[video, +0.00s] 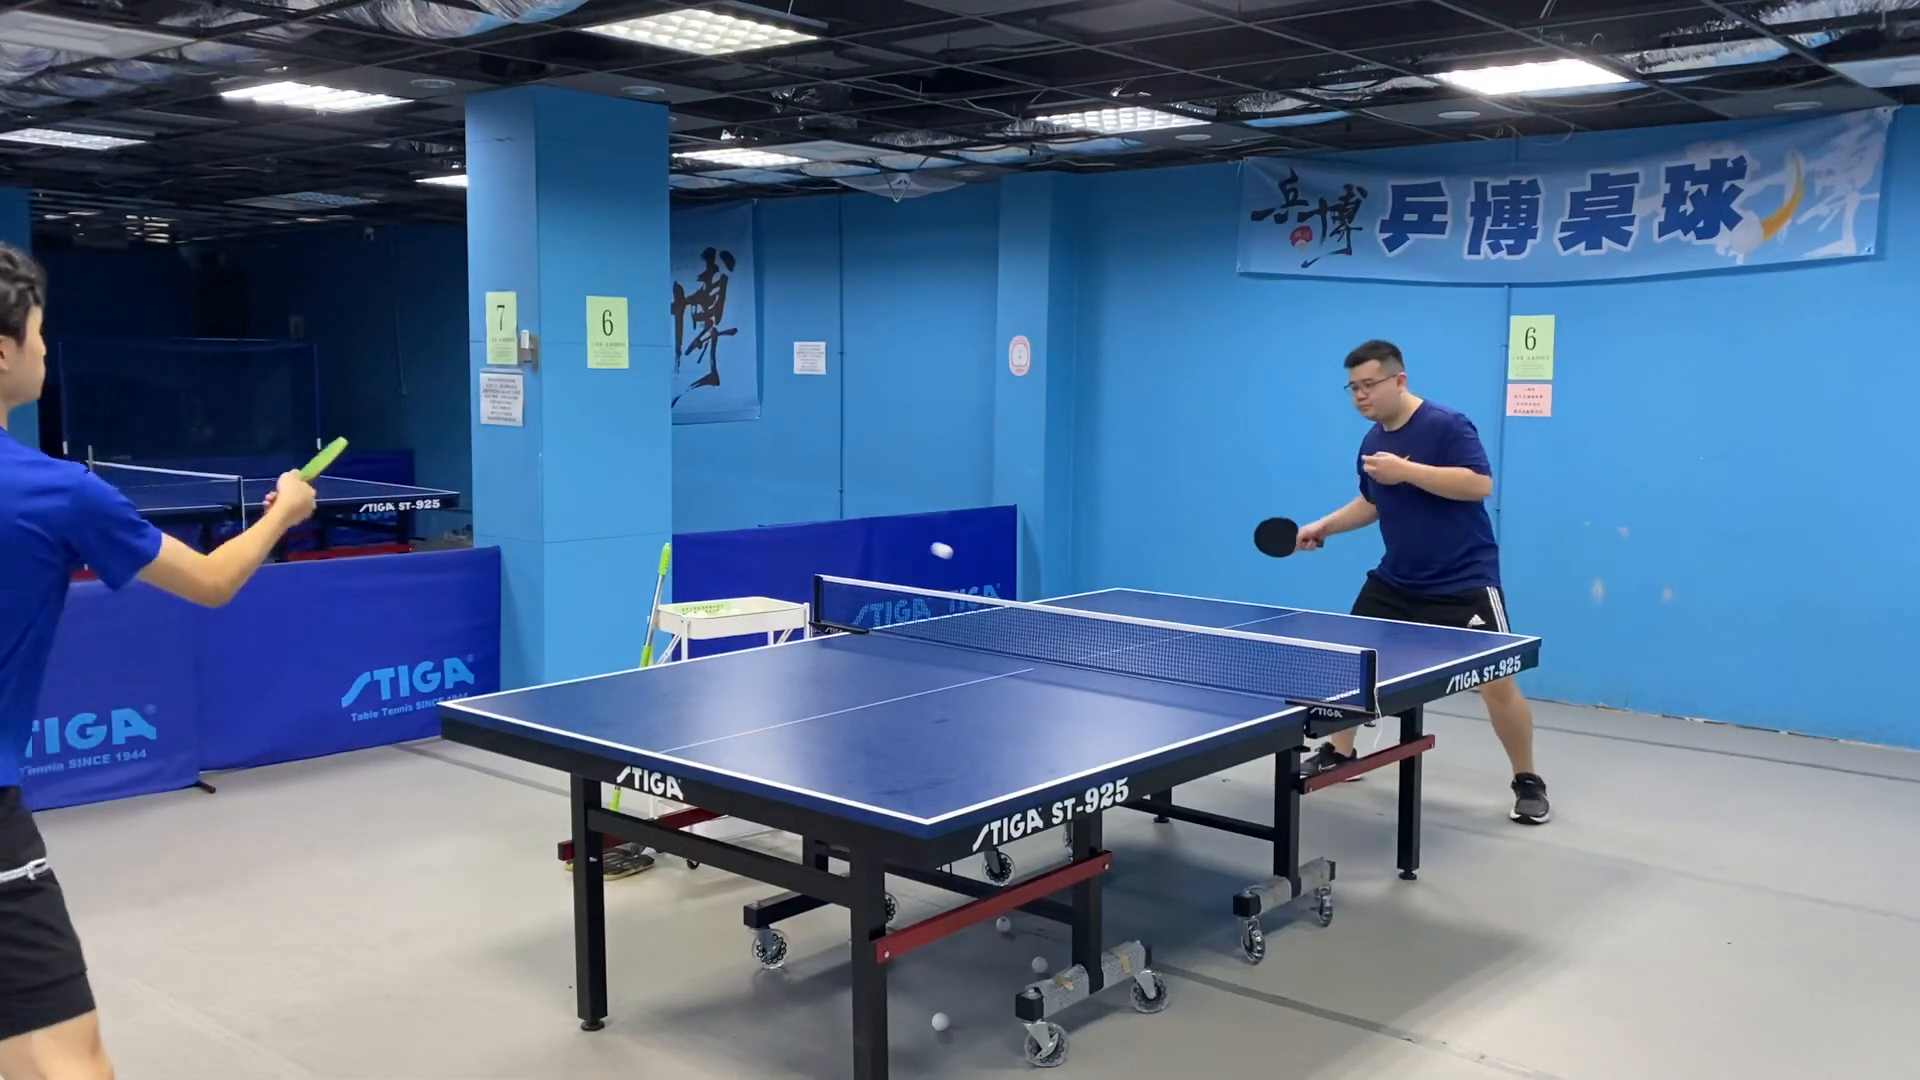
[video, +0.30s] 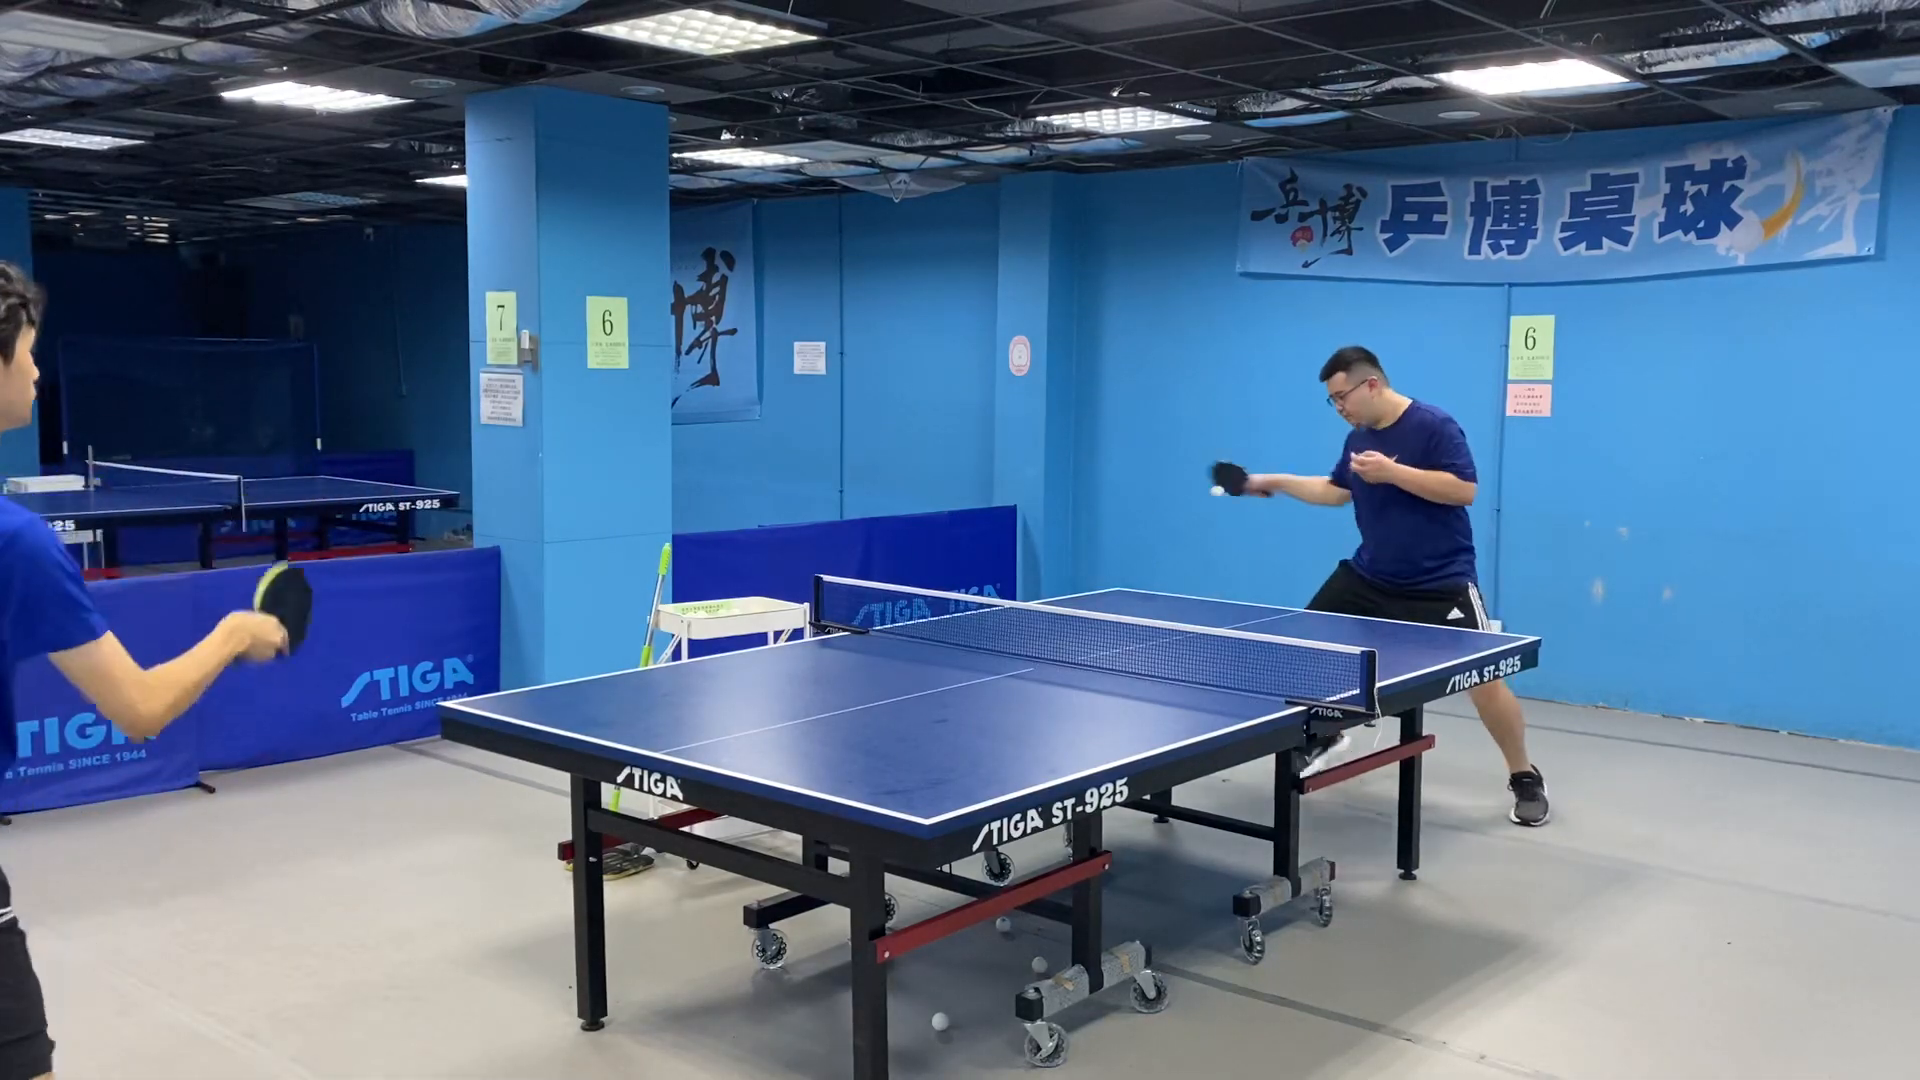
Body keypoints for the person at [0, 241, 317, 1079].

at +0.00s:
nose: (44, 355)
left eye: (39, 334)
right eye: (37, 336)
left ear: (0, 349)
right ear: (1, 349)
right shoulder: (52, 490)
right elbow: (209, 582)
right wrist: (283, 513)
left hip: (6, 798)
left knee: (27, 1051)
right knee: (66, 1052)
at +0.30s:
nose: (36, 377)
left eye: (30, 354)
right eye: (27, 355)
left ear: (0, 361)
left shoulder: (18, 539)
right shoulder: (16, 540)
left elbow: (130, 702)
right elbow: (139, 708)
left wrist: (230, 636)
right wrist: (237, 632)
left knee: (23, 1056)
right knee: (21, 1060)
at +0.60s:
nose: (87, 489)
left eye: (84, 470)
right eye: (77, 470)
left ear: (20, 492)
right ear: (20, 490)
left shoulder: (13, 597)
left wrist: (120, 795)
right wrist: (19, 927)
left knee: (21, 1047)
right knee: (20, 1050)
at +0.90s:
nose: (102, 498)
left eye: (98, 476)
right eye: (92, 476)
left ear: (27, 498)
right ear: (28, 496)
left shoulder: (38, 587)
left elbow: (5, 715)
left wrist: (147, 774)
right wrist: (147, 774)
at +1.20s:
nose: (144, 345)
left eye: (144, 320)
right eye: (138, 320)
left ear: (75, 327)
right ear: (82, 329)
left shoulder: (27, 472)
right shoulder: (17, 500)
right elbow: (4, 770)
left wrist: (84, 610)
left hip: (4, 834)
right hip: (1, 839)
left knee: (58, 1005)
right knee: (57, 1008)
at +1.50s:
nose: (211, 318)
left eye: (206, 294)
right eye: (205, 294)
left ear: (78, 314)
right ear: (167, 308)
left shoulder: (31, 440)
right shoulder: (135, 477)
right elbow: (276, 684)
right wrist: (425, 594)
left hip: (29, 844)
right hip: (67, 865)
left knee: (164, 1031)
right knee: (97, 1064)